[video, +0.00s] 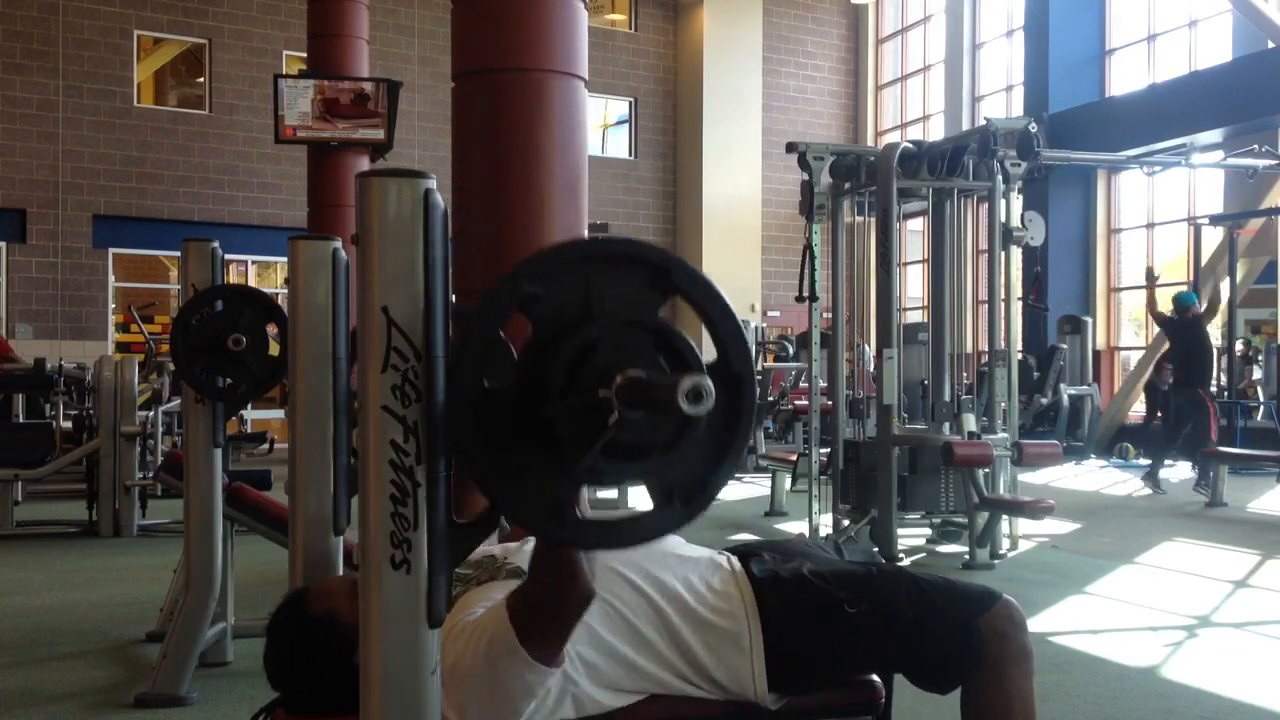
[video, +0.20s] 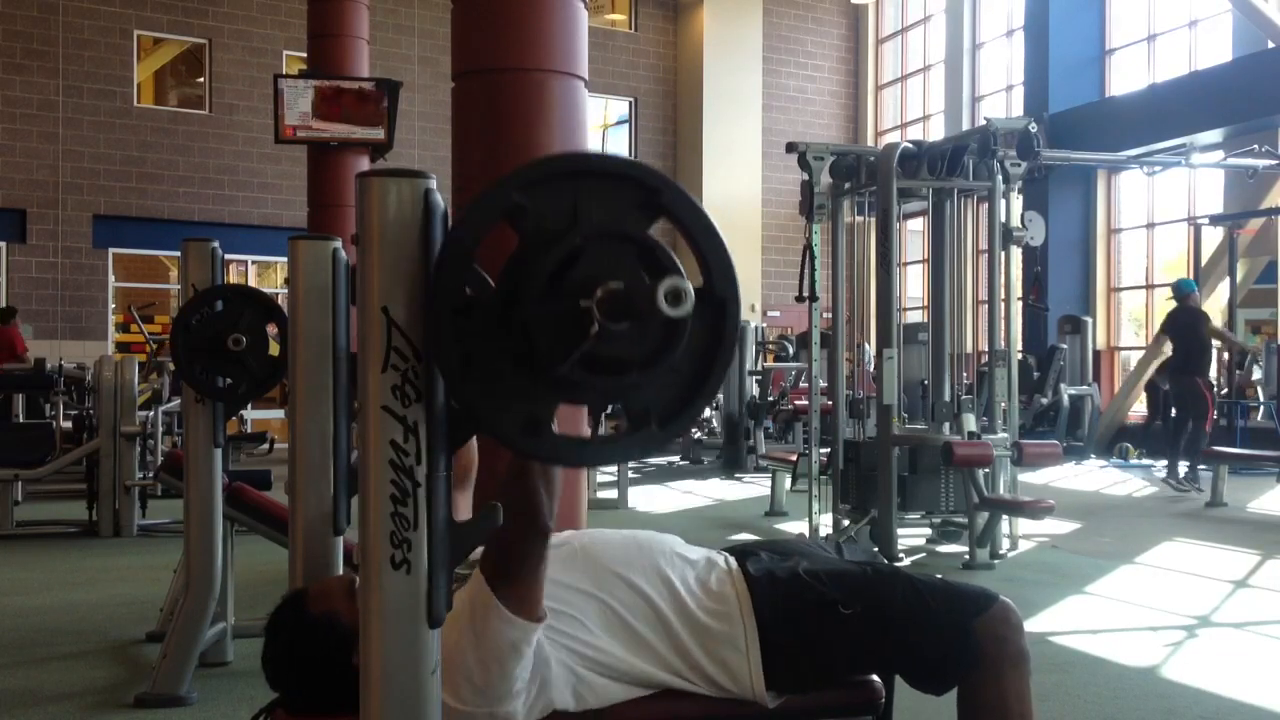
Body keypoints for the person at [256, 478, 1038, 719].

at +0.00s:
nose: (370, 574)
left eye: (355, 575)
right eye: (355, 591)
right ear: (359, 647)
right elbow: (556, 596)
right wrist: (545, 465)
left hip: (737, 580)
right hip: (754, 618)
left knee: (867, 689)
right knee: (992, 625)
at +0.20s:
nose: (369, 567)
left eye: (353, 567)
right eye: (353, 586)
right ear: (357, 650)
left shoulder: (458, 629)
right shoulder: (471, 683)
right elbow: (525, 524)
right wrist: (510, 355)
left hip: (737, 579)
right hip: (756, 612)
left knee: (863, 693)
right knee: (990, 626)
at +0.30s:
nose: (367, 571)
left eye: (353, 572)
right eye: (354, 589)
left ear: (353, 648)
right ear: (362, 649)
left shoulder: (442, 619)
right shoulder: (474, 672)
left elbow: (484, 487)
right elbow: (505, 489)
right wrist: (522, 330)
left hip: (722, 570)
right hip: (748, 618)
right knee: (990, 627)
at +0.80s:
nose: (363, 573)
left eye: (347, 572)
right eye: (348, 589)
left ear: (350, 651)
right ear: (358, 641)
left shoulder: (446, 633)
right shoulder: (465, 676)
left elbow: (556, 515)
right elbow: (543, 519)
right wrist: (491, 351)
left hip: (730, 584)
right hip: (751, 617)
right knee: (989, 628)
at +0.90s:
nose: (363, 572)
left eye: (347, 575)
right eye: (349, 589)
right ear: (352, 641)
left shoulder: (447, 636)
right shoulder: (457, 679)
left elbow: (551, 561)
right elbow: (557, 578)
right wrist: (529, 443)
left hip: (727, 585)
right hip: (743, 613)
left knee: (868, 684)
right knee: (987, 626)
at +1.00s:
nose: (363, 579)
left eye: (349, 579)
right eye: (347, 594)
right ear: (350, 652)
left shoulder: (456, 616)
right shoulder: (439, 674)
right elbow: (566, 635)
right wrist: (562, 500)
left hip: (697, 594)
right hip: (726, 613)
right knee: (984, 626)